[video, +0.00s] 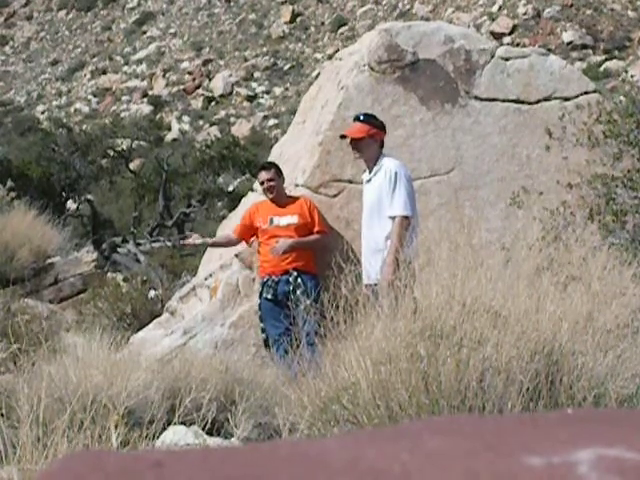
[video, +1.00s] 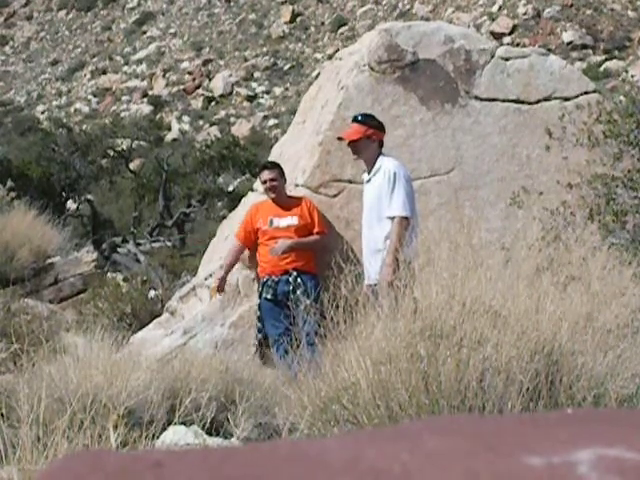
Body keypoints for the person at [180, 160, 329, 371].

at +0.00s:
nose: (267, 185)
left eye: (271, 180)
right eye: (263, 182)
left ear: (282, 180)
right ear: (260, 186)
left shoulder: (304, 204)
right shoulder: (257, 210)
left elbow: (323, 236)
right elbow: (234, 238)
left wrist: (293, 243)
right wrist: (205, 241)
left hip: (302, 277)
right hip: (271, 280)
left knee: (310, 333)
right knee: (278, 339)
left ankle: (316, 380)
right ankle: (292, 385)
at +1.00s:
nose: (270, 185)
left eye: (274, 180)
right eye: (265, 182)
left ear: (284, 180)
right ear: (261, 186)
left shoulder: (304, 205)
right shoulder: (256, 211)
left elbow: (323, 237)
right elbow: (239, 244)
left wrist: (293, 243)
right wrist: (223, 273)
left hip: (303, 277)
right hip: (271, 280)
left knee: (310, 332)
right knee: (279, 338)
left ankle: (315, 379)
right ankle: (290, 382)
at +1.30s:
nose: (271, 184)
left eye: (275, 179)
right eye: (266, 181)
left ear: (285, 180)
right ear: (262, 185)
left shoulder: (305, 205)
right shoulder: (257, 211)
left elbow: (323, 238)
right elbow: (242, 248)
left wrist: (293, 244)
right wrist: (231, 281)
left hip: (302, 277)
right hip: (271, 280)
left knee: (310, 334)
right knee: (279, 340)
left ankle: (316, 381)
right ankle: (290, 385)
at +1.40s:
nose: (271, 184)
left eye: (275, 179)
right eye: (266, 181)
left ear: (285, 180)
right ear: (262, 185)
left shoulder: (305, 206)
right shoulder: (257, 211)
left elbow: (323, 237)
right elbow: (243, 247)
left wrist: (293, 244)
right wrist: (233, 281)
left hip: (303, 277)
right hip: (271, 280)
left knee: (309, 335)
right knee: (279, 340)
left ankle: (314, 382)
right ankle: (289, 385)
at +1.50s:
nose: (271, 184)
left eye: (275, 179)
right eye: (266, 181)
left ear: (285, 180)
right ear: (262, 185)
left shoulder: (306, 206)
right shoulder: (257, 211)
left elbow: (322, 237)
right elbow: (244, 247)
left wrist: (293, 244)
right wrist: (233, 280)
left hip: (303, 277)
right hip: (271, 280)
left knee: (309, 334)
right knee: (279, 339)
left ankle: (314, 381)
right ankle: (288, 383)